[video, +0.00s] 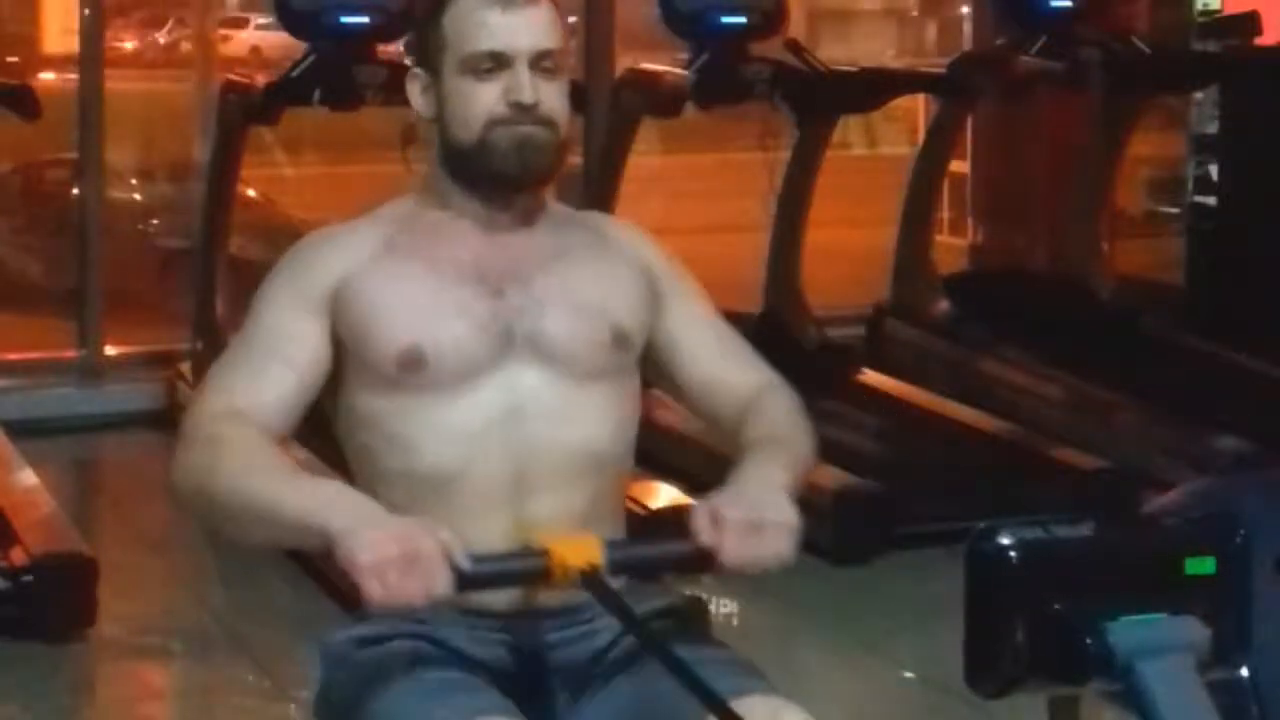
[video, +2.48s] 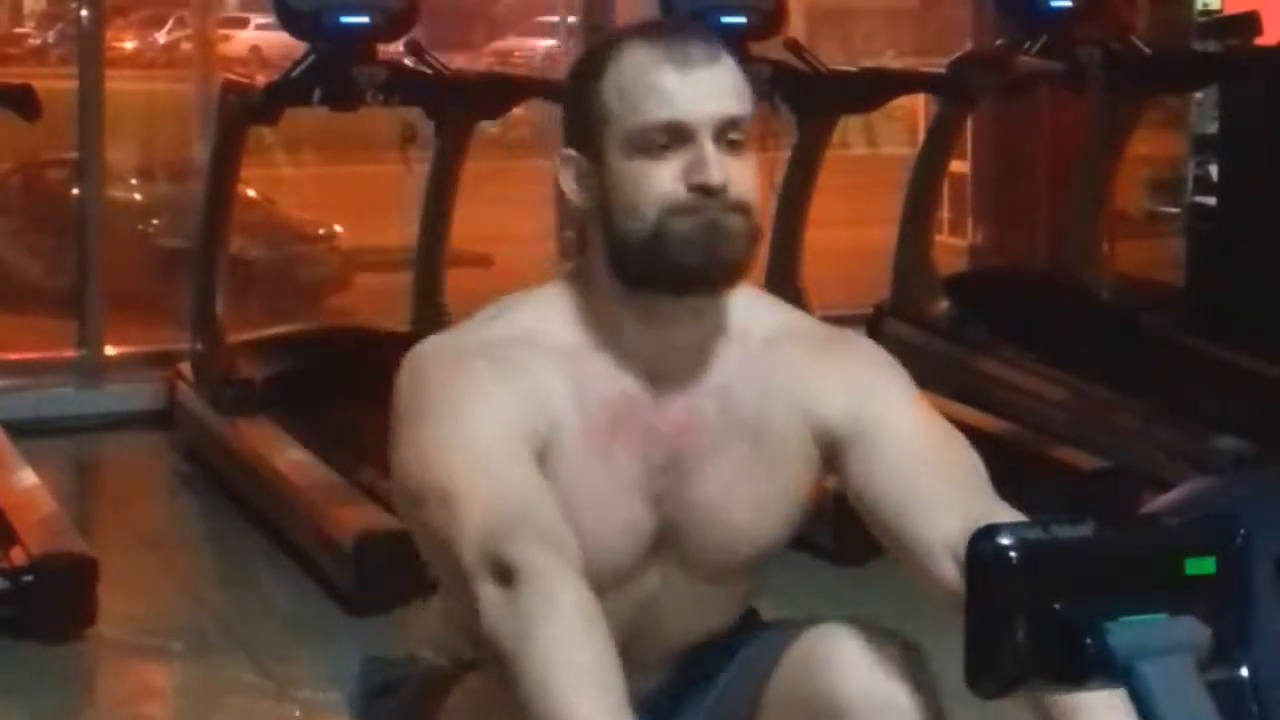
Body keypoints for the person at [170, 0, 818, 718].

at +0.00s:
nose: (524, 94)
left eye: (545, 69)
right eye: (487, 69)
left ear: (570, 89)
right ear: (421, 91)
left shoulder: (624, 257)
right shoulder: (335, 265)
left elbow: (767, 407)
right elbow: (211, 450)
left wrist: (763, 481)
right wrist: (355, 520)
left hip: (618, 617)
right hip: (425, 630)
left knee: (772, 715)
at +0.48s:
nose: (644, 126)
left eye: (668, 95)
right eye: (600, 97)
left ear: (696, 118)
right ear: (524, 129)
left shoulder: (768, 320)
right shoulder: (420, 329)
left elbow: (913, 480)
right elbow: (439, 531)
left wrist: (1036, 672)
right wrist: (560, 713)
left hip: (652, 664)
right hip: (457, 671)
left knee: (836, 694)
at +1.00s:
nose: (593, 97)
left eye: (615, 67)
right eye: (551, 69)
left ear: (647, 91)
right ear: (481, 101)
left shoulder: (725, 281)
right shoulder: (394, 285)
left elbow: (862, 440)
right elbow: (403, 483)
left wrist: (941, 597)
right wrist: (529, 651)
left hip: (655, 633)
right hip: (437, 643)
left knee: (828, 686)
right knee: (496, 710)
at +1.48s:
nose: (496, 91)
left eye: (515, 64)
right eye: (459, 67)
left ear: (537, 80)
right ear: (397, 90)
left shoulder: (584, 237)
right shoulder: (315, 251)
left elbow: (682, 386)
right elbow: (183, 431)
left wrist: (688, 468)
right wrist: (310, 500)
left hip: (606, 617)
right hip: (414, 631)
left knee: (711, 705)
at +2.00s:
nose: (588, 97)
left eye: (609, 68)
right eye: (545, 70)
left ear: (636, 90)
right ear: (474, 99)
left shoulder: (701, 278)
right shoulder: (382, 287)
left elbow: (853, 417)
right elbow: (336, 473)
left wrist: (909, 554)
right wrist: (480, 625)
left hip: (646, 645)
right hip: (434, 653)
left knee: (855, 681)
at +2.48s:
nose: (709, 174)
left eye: (731, 142)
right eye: (660, 146)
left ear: (761, 165)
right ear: (579, 180)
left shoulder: (834, 372)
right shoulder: (466, 382)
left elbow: (1008, 561)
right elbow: (528, 593)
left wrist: (1097, 692)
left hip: (689, 676)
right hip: (475, 682)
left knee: (856, 668)